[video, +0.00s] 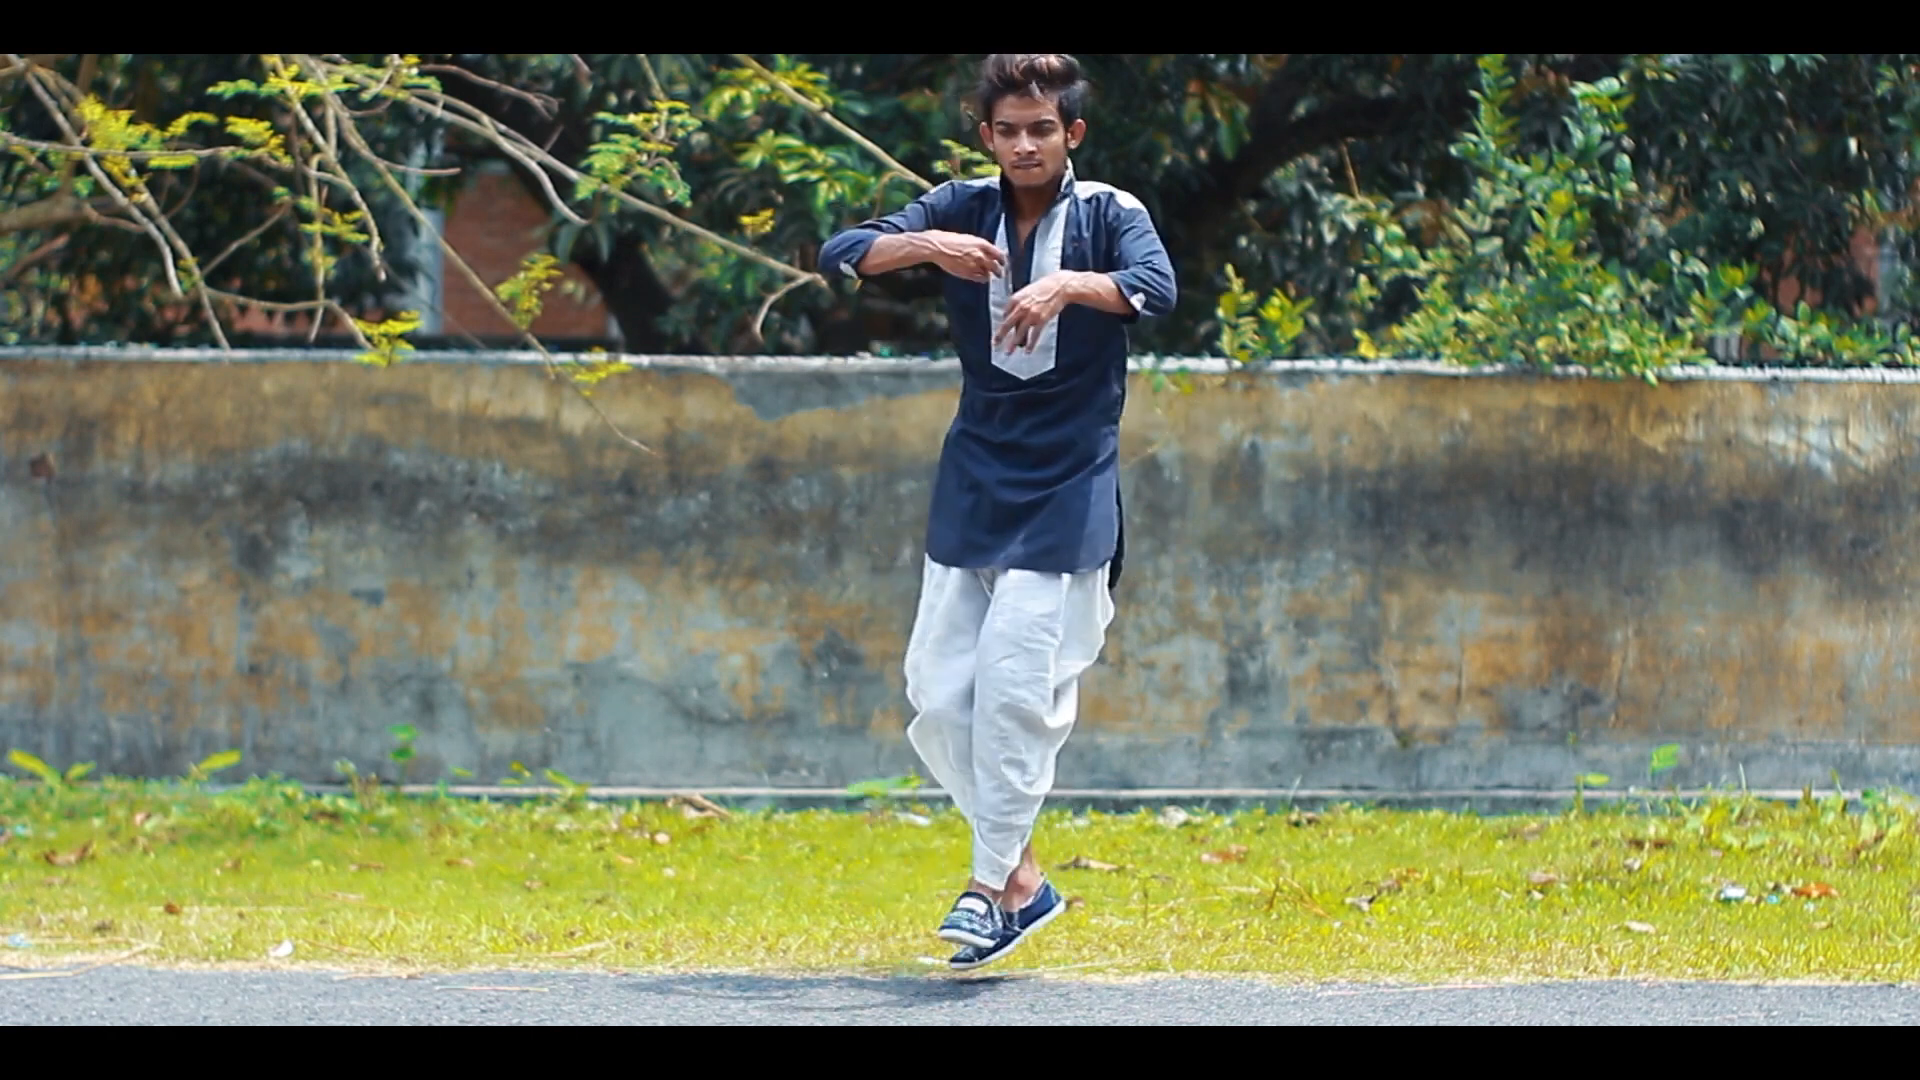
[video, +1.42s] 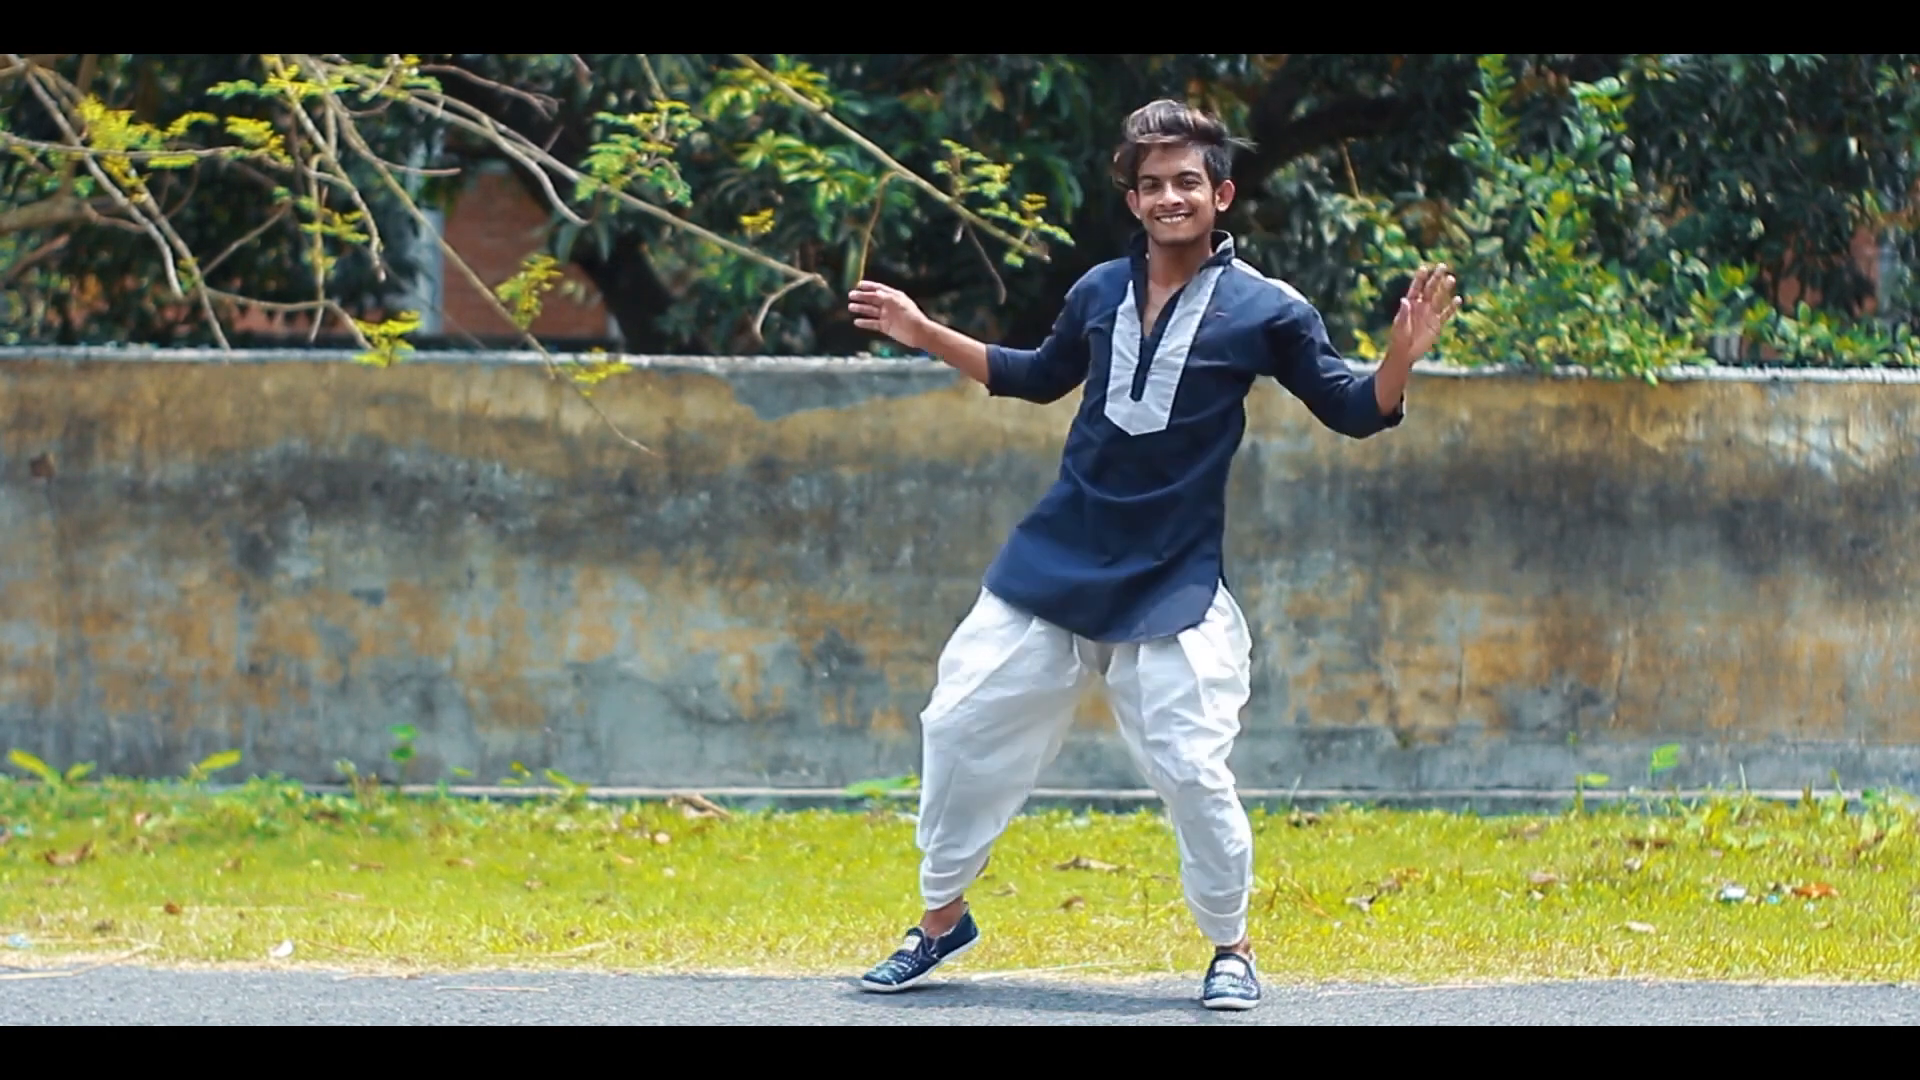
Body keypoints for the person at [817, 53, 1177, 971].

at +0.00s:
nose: (1023, 145)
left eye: (1040, 129)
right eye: (1008, 130)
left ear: (1073, 132)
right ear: (985, 132)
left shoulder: (1110, 212)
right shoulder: (959, 205)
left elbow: (1155, 289)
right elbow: (837, 253)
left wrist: (1066, 287)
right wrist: (924, 246)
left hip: (1067, 491)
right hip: (973, 485)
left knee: (1017, 690)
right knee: (936, 695)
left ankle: (986, 892)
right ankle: (1022, 884)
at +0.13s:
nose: (1053, 186)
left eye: (1071, 168)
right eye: (1037, 169)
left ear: (1103, 183)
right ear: (1014, 180)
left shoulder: (1130, 288)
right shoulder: (987, 280)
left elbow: (1083, 404)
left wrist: (984, 339)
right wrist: (1030, 294)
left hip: (1097, 533)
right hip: (1001, 525)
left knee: (1010, 710)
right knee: (989, 726)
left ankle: (943, 924)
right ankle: (1095, 929)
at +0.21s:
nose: (1065, 208)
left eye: (1083, 194)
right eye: (1052, 194)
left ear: (1121, 205)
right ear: (1034, 205)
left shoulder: (1152, 297)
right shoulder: (1010, 293)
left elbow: (1149, 393)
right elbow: (914, 376)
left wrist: (1101, 291)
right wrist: (940, 264)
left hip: (1109, 555)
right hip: (1019, 547)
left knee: (1028, 746)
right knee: (1018, 756)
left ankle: (945, 937)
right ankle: (1095, 928)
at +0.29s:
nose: (1074, 182)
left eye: (1091, 164)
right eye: (1059, 167)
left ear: (1132, 168)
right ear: (1045, 172)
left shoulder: (1165, 261)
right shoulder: (1023, 259)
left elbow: (1246, 293)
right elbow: (900, 266)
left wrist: (1193, 182)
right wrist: (967, 173)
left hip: (1110, 535)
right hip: (1025, 528)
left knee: (1056, 729)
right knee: (1027, 736)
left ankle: (998, 920)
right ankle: (1085, 912)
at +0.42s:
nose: (1082, 166)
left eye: (1102, 149)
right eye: (1073, 148)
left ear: (1152, 147)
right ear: (1064, 143)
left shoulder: (1193, 220)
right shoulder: (1070, 207)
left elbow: (1310, 180)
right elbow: (1011, 143)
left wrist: (1216, 109)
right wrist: (1063, 97)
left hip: (1125, 511)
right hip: (1040, 503)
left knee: (1102, 713)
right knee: (984, 686)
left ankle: (1154, 907)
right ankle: (1032, 889)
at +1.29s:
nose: (1171, 195)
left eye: (1187, 175)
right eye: (1154, 181)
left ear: (1229, 179)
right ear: (1138, 191)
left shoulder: (1261, 271)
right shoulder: (1133, 249)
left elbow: (1368, 312)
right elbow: (1035, 269)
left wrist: (1282, 216)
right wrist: (1016, 222)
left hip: (1172, 533)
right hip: (1079, 510)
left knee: (1193, 755)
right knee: (974, 691)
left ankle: (1213, 942)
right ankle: (945, 910)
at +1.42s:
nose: (1173, 196)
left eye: (1190, 179)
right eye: (1155, 182)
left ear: (1222, 191)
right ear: (1133, 197)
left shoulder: (1267, 310)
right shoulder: (1101, 292)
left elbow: (1354, 412)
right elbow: (1036, 374)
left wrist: (1400, 354)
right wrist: (926, 333)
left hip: (1171, 571)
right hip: (1059, 554)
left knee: (1191, 767)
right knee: (956, 727)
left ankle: (1230, 951)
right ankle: (942, 920)